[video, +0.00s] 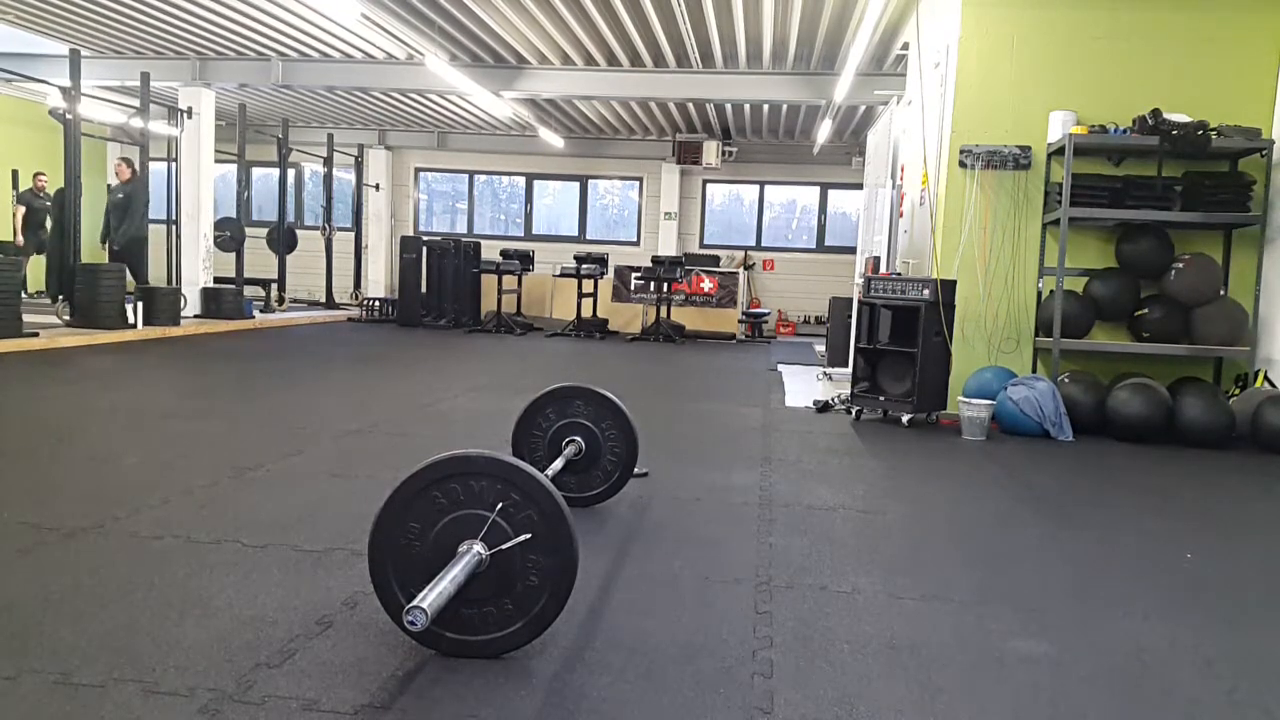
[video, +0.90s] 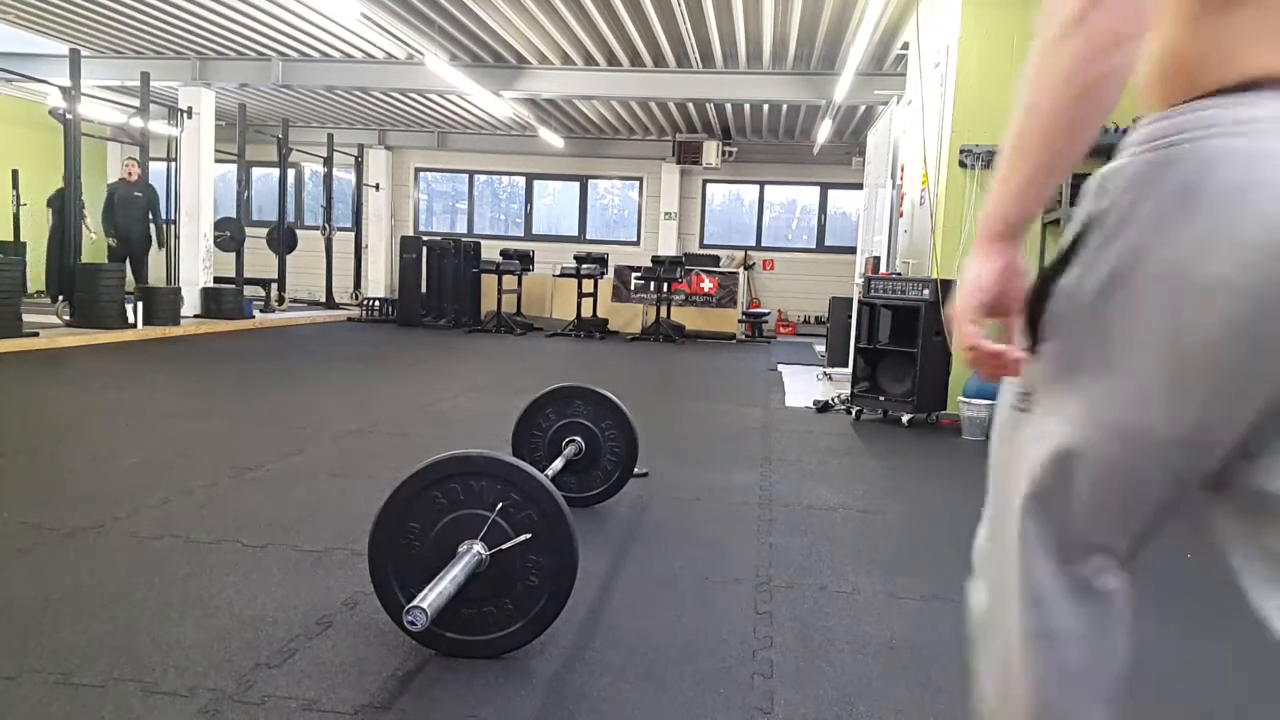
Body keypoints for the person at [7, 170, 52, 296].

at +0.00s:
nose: (43, 184)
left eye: (45, 181)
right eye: (40, 181)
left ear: (47, 183)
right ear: (33, 182)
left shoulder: (48, 197)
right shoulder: (25, 196)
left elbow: (53, 216)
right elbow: (18, 215)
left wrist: (55, 232)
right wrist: (18, 234)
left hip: (42, 231)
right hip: (27, 231)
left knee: (50, 257)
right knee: (24, 260)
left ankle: (51, 287)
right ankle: (21, 288)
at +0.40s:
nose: (59, 183)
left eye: (62, 180)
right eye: (57, 180)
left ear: (64, 182)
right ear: (51, 180)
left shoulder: (65, 195)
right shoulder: (42, 194)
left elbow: (70, 214)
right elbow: (32, 212)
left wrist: (69, 232)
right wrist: (34, 233)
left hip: (60, 232)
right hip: (46, 231)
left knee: (57, 261)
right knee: (43, 257)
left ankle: (55, 291)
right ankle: (26, 279)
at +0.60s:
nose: (64, 184)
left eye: (65, 181)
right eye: (62, 180)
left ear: (67, 182)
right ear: (57, 181)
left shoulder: (72, 196)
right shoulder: (47, 195)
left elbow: (76, 215)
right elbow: (41, 214)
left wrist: (78, 233)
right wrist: (44, 234)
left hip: (70, 235)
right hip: (55, 235)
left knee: (69, 264)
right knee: (54, 265)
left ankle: (68, 293)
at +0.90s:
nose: (70, 183)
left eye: (73, 180)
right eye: (68, 179)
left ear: (77, 181)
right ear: (63, 179)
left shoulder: (77, 198)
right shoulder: (57, 195)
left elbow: (84, 215)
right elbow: (49, 207)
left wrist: (91, 231)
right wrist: (49, 225)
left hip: (73, 234)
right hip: (58, 233)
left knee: (72, 263)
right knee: (56, 262)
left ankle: (70, 294)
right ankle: (54, 294)